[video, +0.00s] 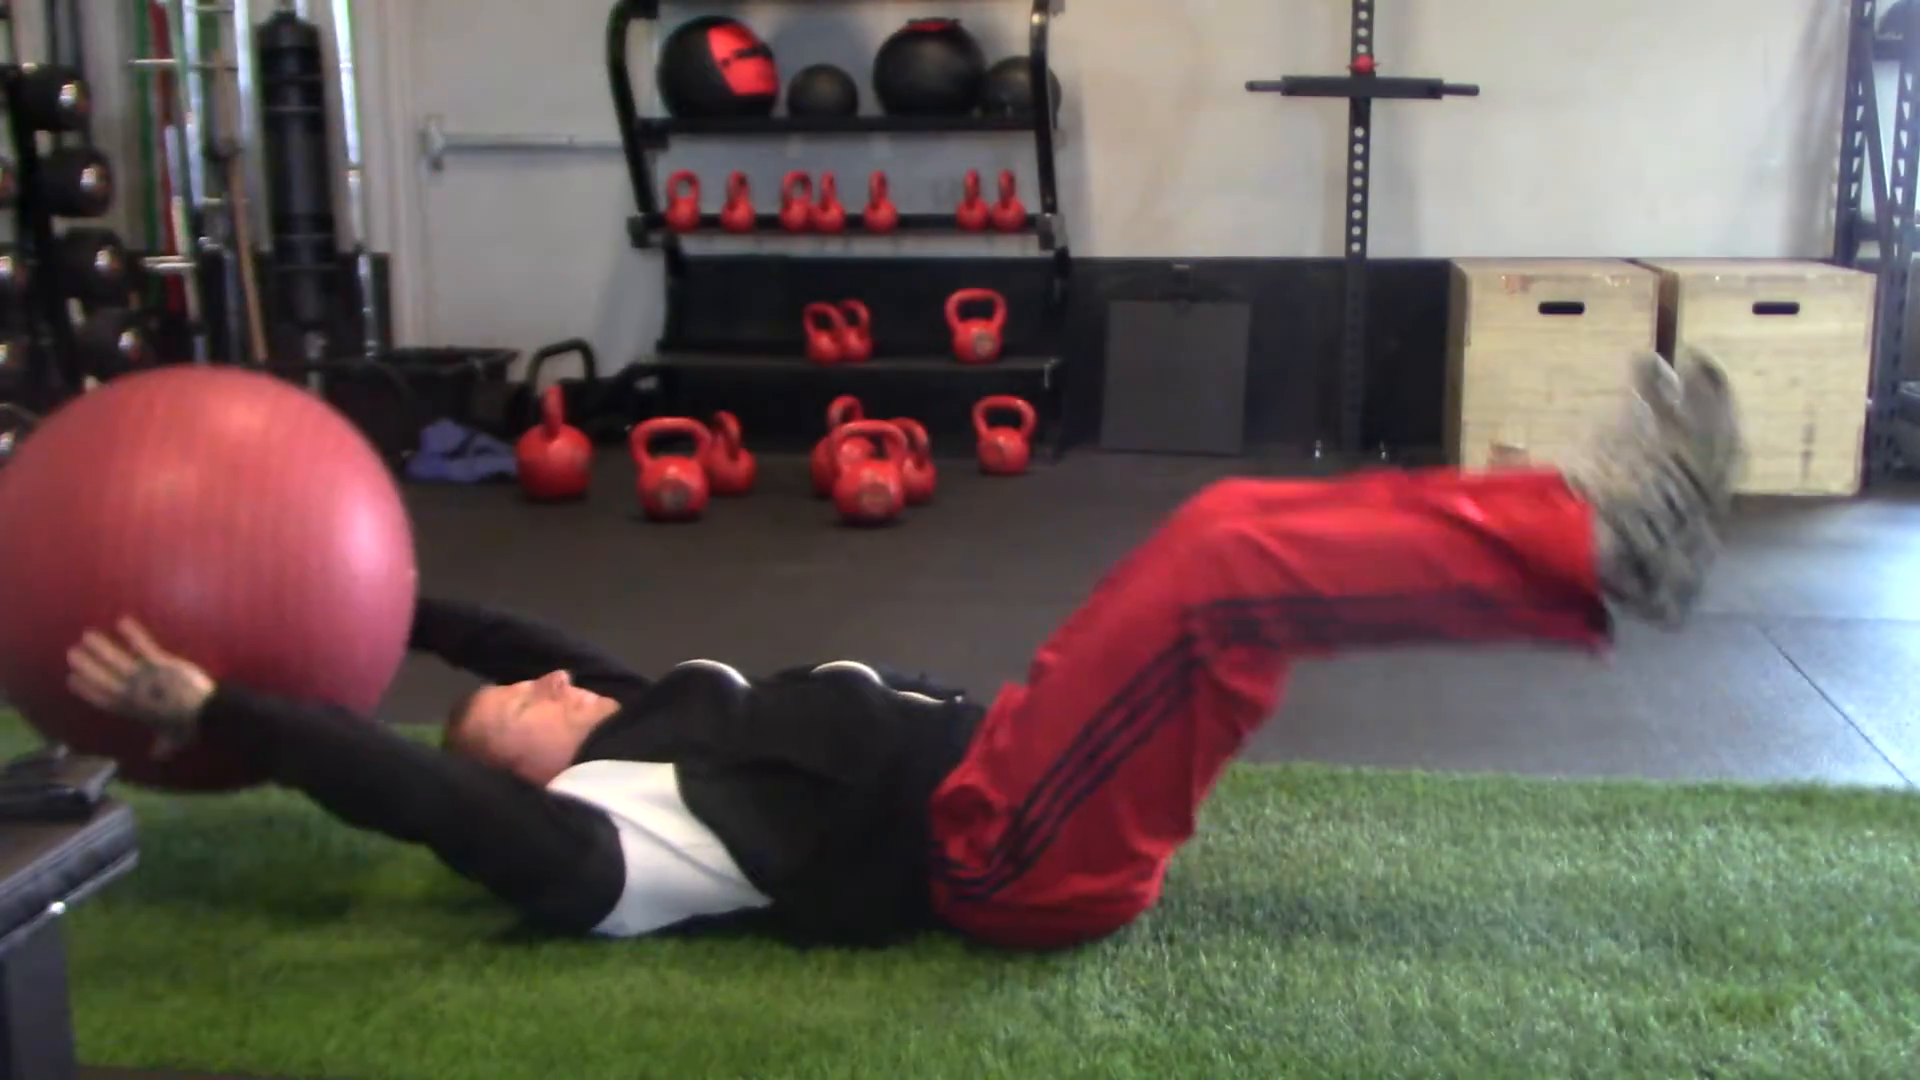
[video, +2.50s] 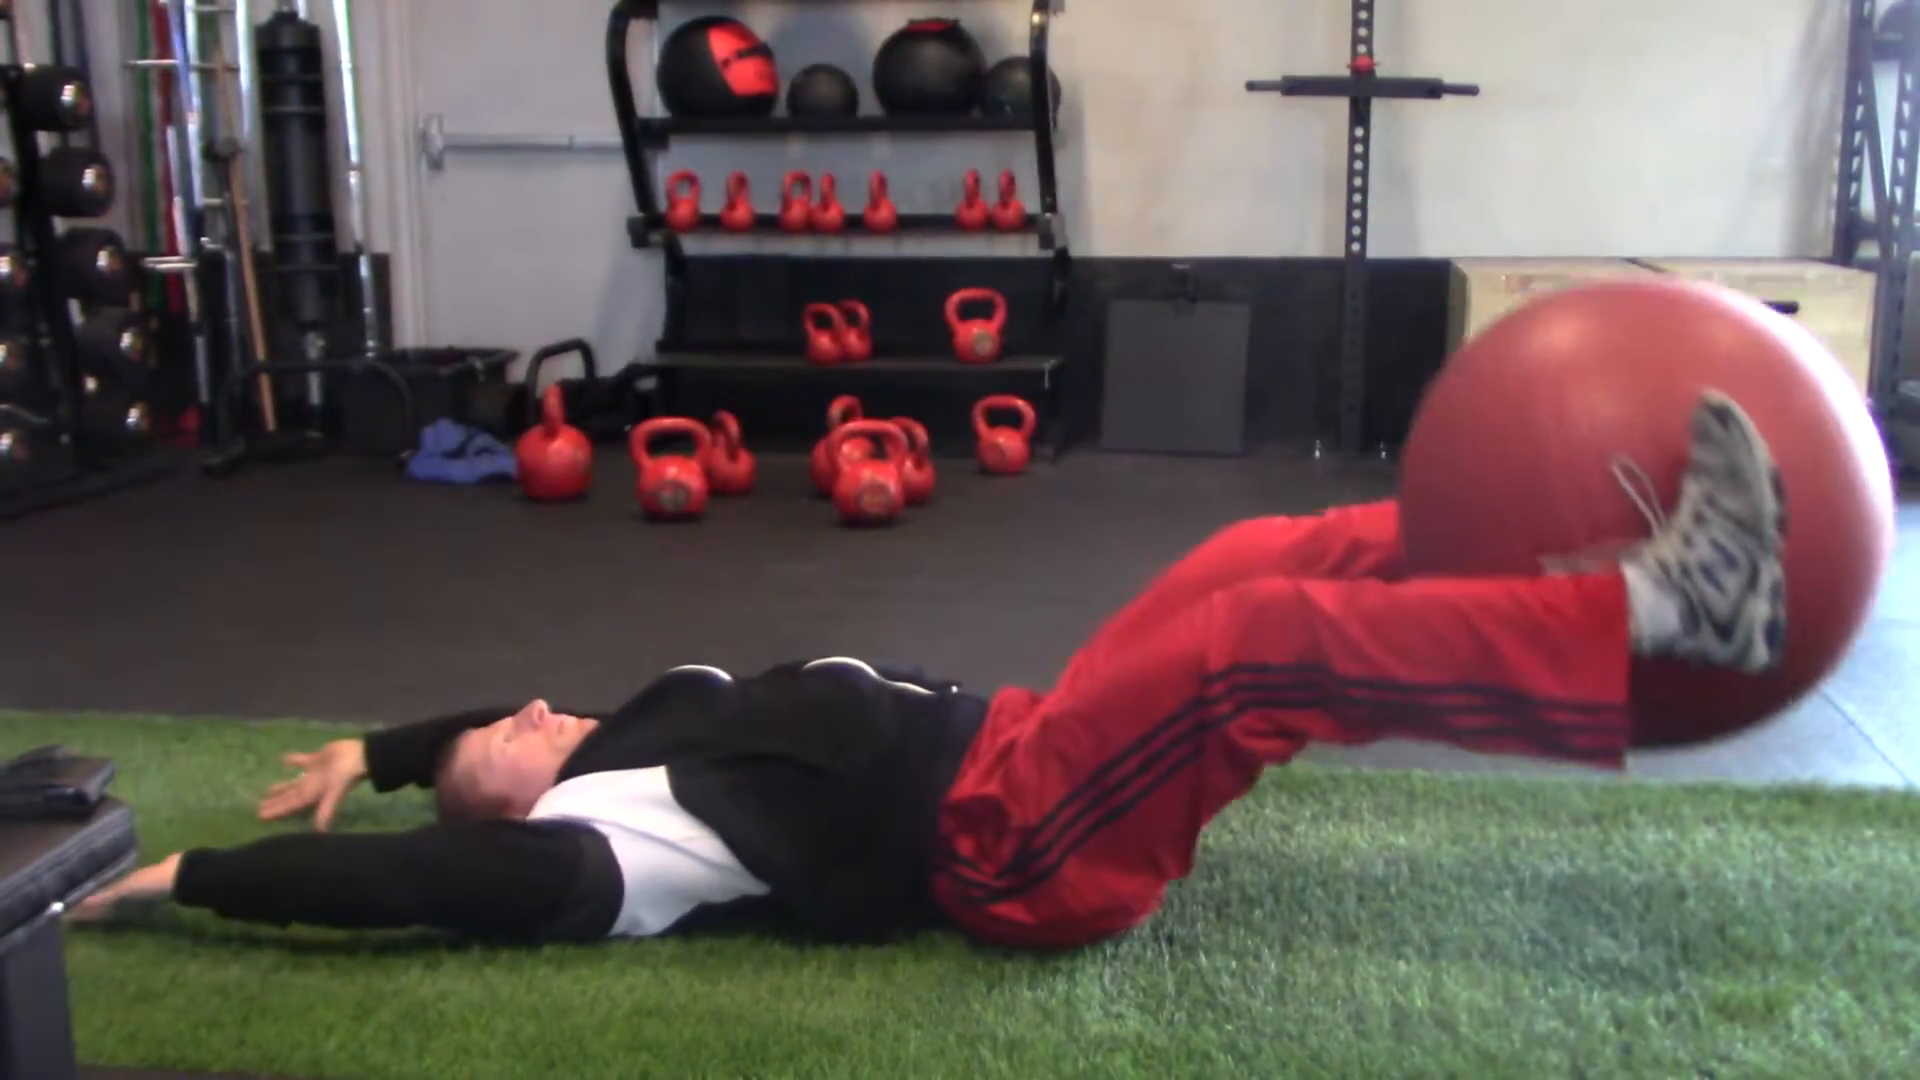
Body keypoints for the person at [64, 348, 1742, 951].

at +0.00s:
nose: (535, 691)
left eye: (532, 682)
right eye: (511, 709)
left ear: (563, 691)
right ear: (514, 774)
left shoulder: (653, 727)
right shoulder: (612, 837)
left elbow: (498, 639)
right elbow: (439, 796)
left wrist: (310, 600)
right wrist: (213, 728)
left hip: (1018, 773)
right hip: (1003, 838)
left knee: (1239, 531)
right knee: (1223, 548)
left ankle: (1587, 531)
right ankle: (1597, 551)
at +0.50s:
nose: (547, 683)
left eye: (534, 675)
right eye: (518, 702)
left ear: (563, 699)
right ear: (508, 776)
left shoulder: (679, 728)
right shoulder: (616, 839)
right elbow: (433, 811)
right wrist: (223, 763)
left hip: (1060, 740)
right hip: (1027, 829)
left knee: (1372, 648)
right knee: (1350, 678)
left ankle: (1669, 789)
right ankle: (1677, 896)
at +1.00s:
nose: (518, 679)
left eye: (504, 675)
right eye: (495, 704)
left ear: (568, 676)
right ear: (511, 782)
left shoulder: (693, 695)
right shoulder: (605, 825)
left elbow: (686, 533)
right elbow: (559, 619)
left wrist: (607, 370)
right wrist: (482, 427)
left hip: (1030, 803)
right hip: (996, 854)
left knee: (1059, 534)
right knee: (975, 533)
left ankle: (1179, 243)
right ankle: (1182, 247)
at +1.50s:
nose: (546, 654)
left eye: (526, 657)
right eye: (519, 679)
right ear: (518, 773)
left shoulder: (650, 757)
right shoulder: (605, 794)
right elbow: (641, 599)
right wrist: (629, 397)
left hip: (1041, 749)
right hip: (972, 794)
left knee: (881, 486)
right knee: (787, 541)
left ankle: (787, 229)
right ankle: (702, 207)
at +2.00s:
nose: (519, 692)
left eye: (509, 693)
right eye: (490, 712)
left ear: (546, 704)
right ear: (494, 768)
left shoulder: (654, 712)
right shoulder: (584, 845)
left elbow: (575, 608)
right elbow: (416, 742)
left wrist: (458, 521)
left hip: (1036, 785)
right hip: (987, 836)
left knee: (1017, 503)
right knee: (949, 512)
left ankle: (1027, 226)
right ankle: (1007, 205)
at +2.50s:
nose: (523, 726)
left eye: (511, 719)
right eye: (498, 750)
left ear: (534, 732)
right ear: (496, 815)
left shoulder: (641, 743)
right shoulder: (611, 841)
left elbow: (497, 717)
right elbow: (431, 859)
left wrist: (370, 753)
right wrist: (205, 882)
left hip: (1020, 736)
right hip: (1014, 833)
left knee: (1275, 546)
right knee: (1259, 639)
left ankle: (1589, 506)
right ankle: (1659, 636)